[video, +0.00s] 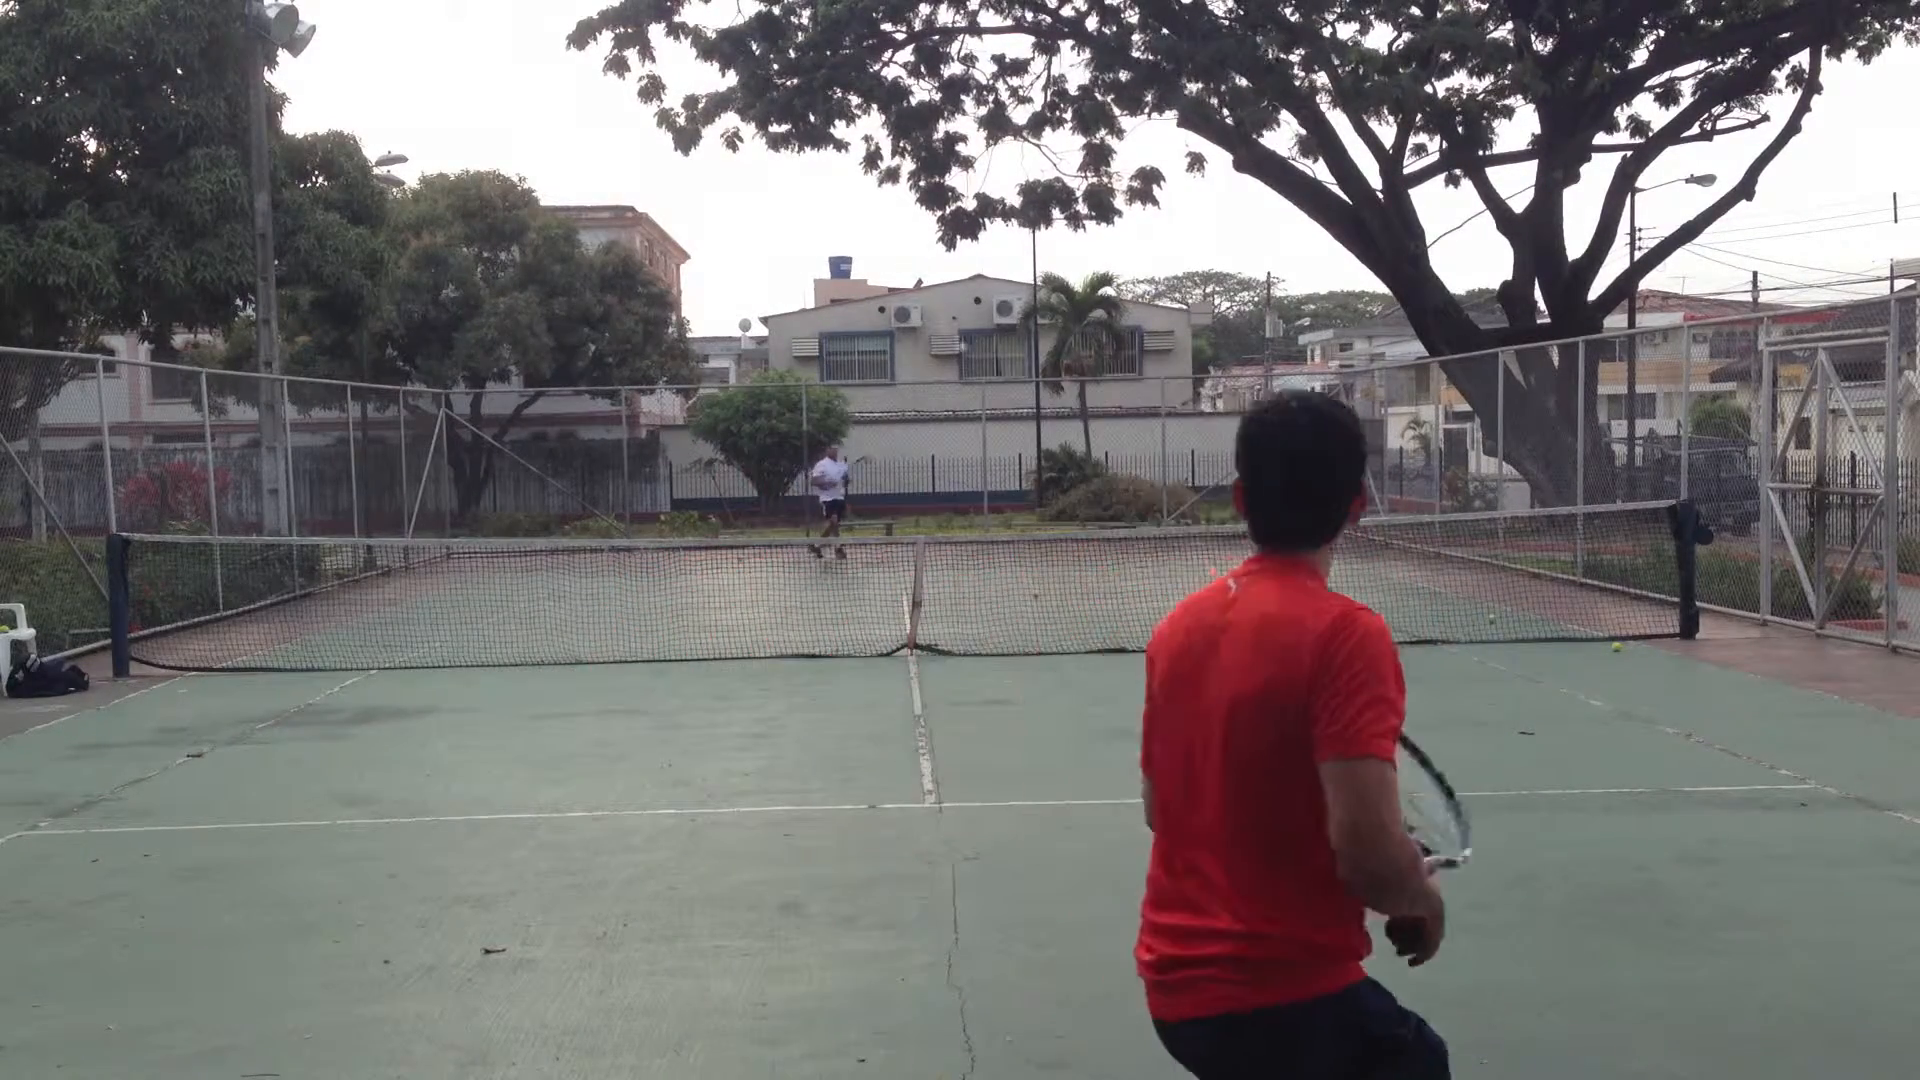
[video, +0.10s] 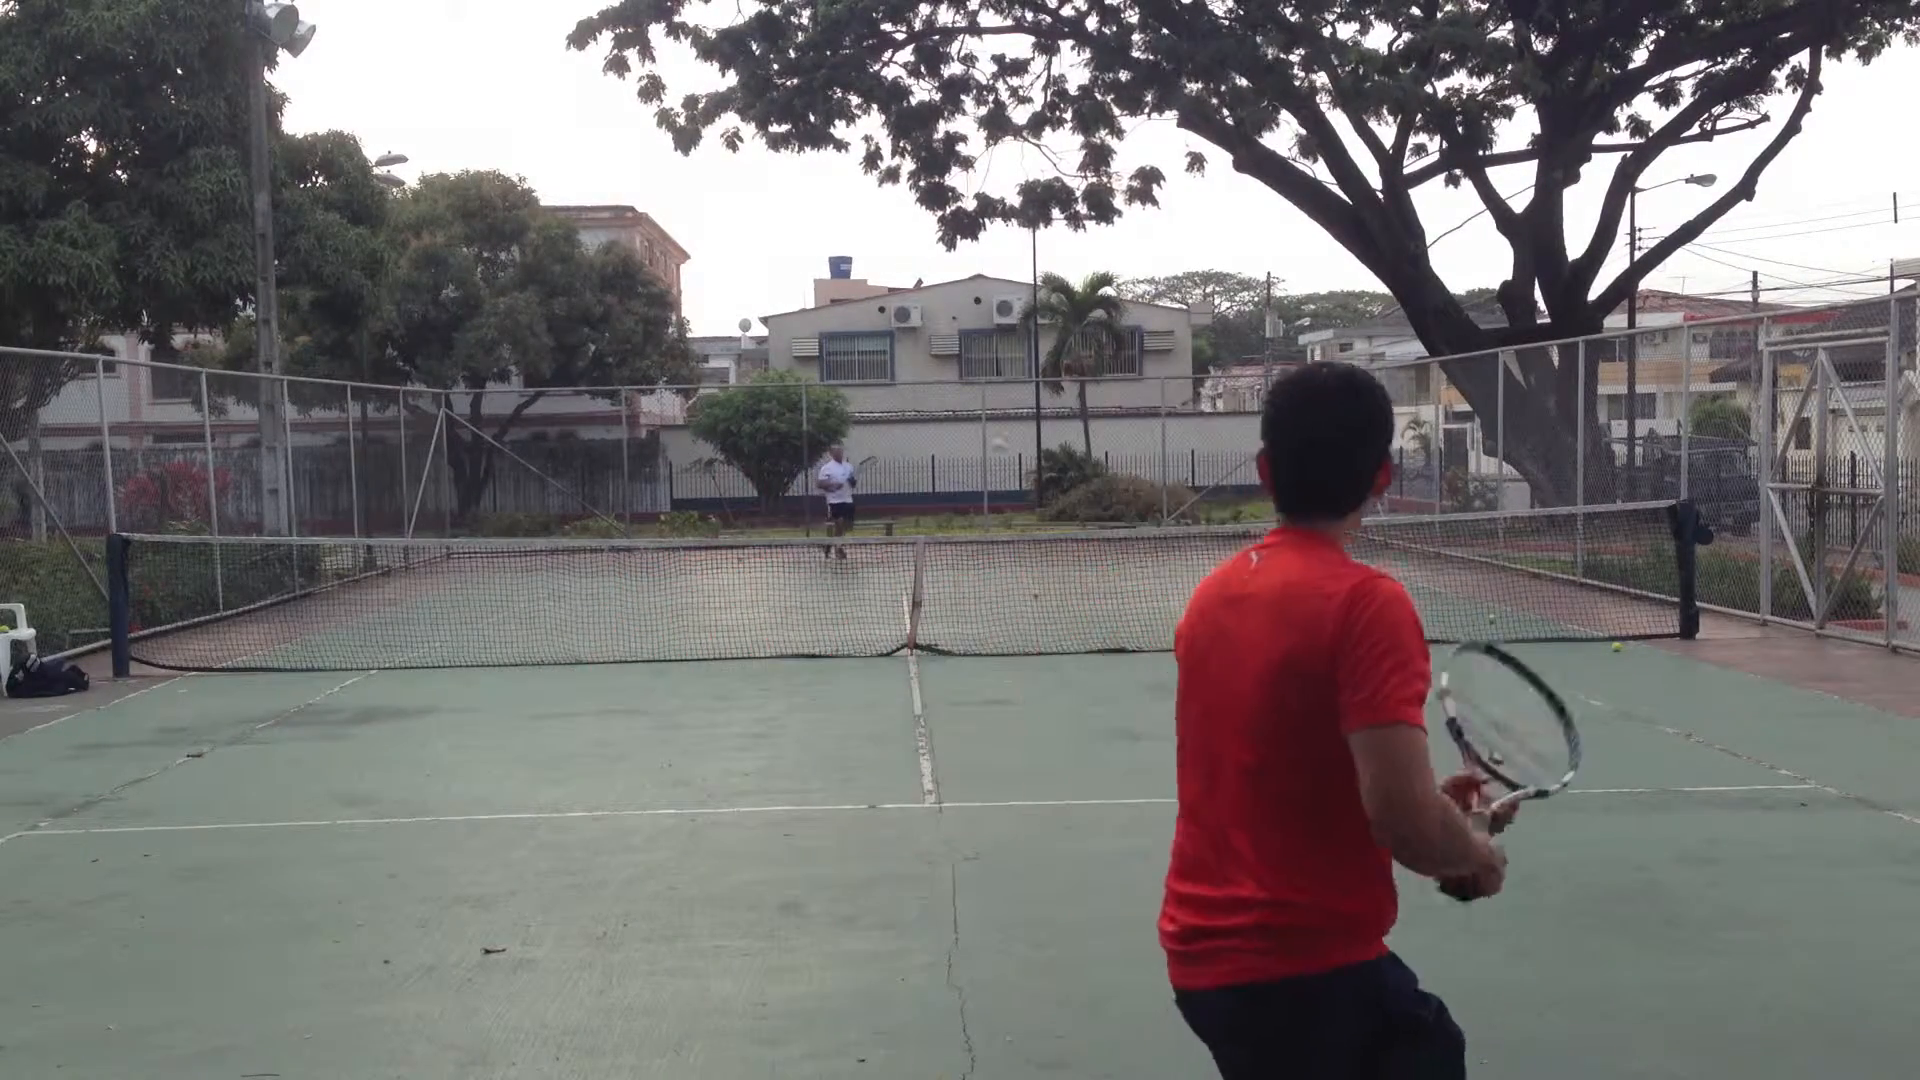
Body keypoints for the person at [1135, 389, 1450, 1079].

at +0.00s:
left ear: (1239, 497)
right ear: (1358, 507)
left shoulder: (1177, 629)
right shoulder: (1346, 634)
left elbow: (1161, 808)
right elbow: (1365, 844)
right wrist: (1417, 901)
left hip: (1183, 994)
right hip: (1291, 1001)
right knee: (1419, 1059)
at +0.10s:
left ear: (1263, 469)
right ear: (1383, 478)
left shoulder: (1211, 596)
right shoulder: (1367, 602)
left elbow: (1261, 783)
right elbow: (1402, 808)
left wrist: (1426, 806)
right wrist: (1472, 858)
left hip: (1207, 964)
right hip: (1313, 972)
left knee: (1432, 1047)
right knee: (1431, 1053)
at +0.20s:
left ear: (1275, 455)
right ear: (1395, 460)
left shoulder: (1237, 576)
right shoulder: (1370, 584)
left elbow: (1323, 736)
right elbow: (1435, 792)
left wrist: (1478, 738)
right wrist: (1521, 792)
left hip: (1224, 948)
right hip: (1324, 958)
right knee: (1434, 1052)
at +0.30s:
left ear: (1291, 452)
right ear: (1409, 456)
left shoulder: (1261, 565)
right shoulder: (1371, 579)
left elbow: (1395, 691)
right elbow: (1448, 779)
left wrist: (1549, 669)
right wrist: (1564, 739)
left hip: (1237, 939)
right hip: (1326, 954)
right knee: (1442, 1045)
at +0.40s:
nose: (1437, 455)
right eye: (1439, 439)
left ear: (1311, 449)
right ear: (1431, 458)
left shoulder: (1291, 554)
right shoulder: (1385, 581)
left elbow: (1432, 649)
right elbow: (1449, 772)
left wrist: (1592, 626)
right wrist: (1603, 709)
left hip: (1260, 940)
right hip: (1345, 955)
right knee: (1461, 1053)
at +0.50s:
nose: (1472, 454)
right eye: (1473, 439)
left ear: (1341, 449)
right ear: (1466, 458)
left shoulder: (1321, 559)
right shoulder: (1415, 585)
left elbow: (1473, 624)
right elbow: (1461, 777)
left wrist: (1627, 604)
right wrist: (1650, 709)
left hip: (1293, 945)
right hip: (1377, 962)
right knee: (1497, 1056)